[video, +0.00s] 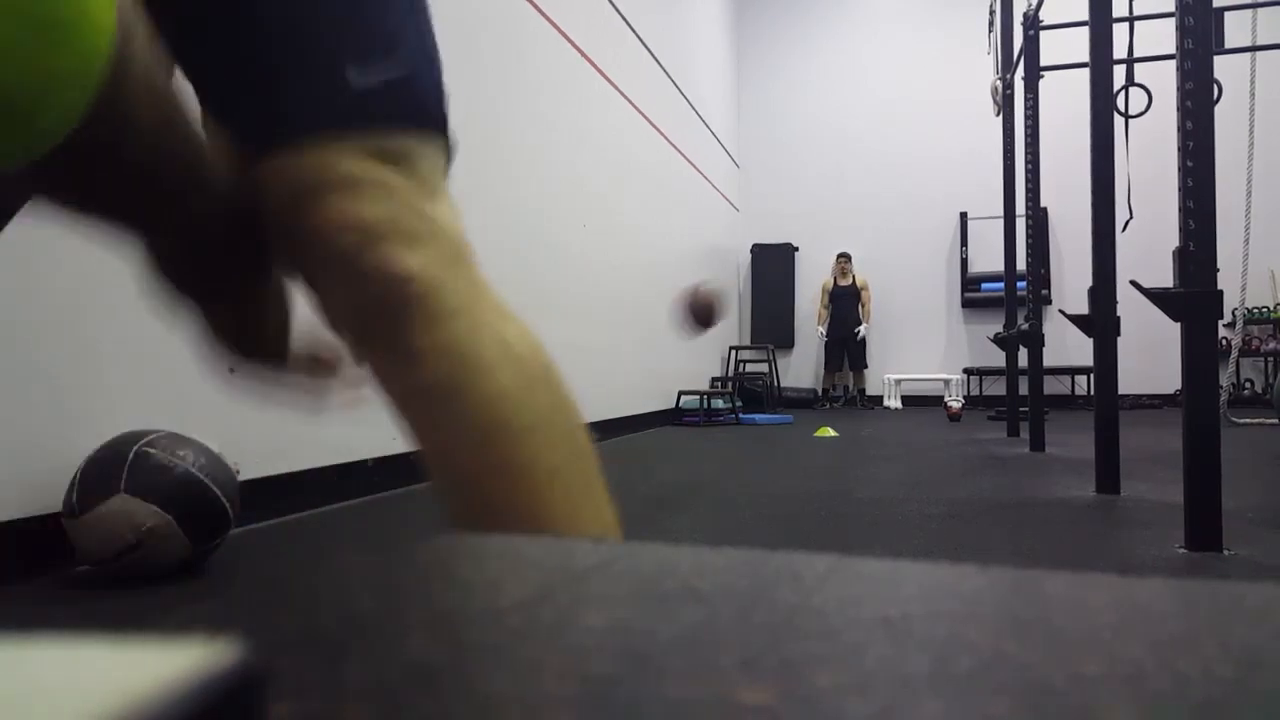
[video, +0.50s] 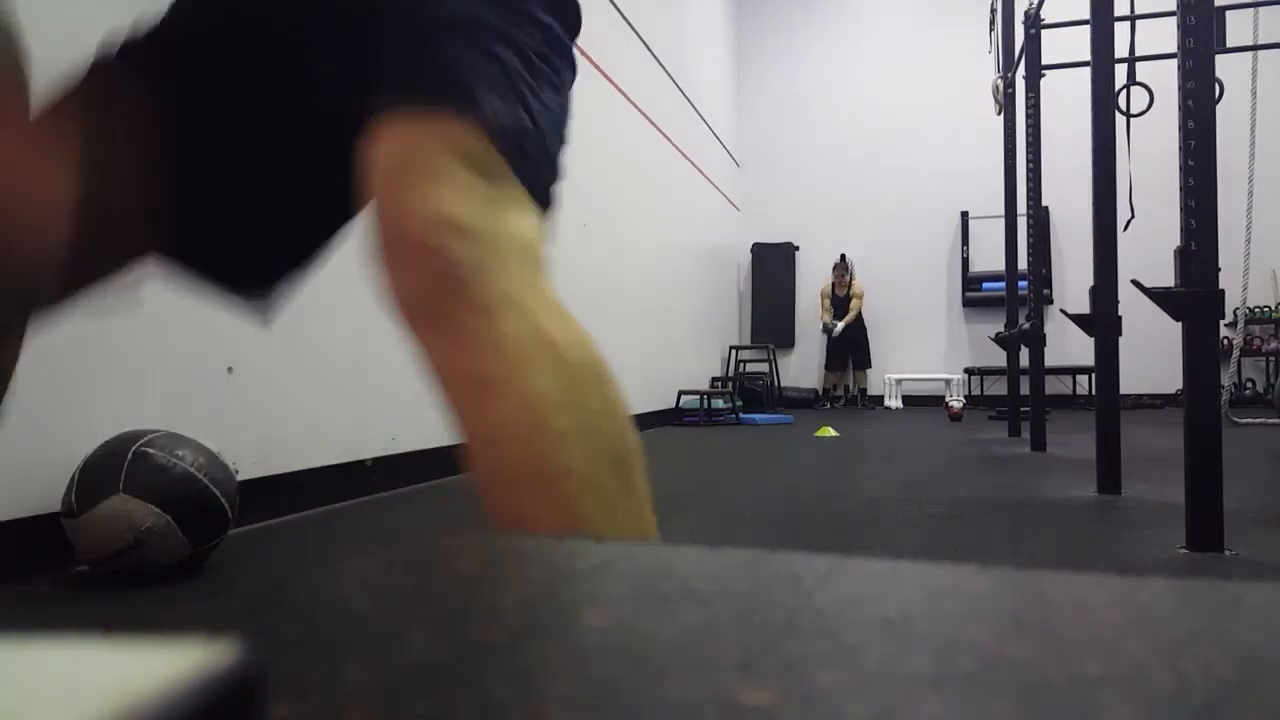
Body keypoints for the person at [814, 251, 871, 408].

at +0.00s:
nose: (843, 266)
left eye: (846, 263)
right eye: (840, 263)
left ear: (851, 264)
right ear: (836, 265)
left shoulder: (860, 282)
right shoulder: (828, 284)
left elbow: (865, 304)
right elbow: (824, 307)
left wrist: (865, 324)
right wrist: (820, 325)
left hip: (854, 330)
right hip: (834, 331)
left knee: (858, 368)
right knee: (830, 368)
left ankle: (861, 398)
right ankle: (825, 398)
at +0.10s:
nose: (843, 266)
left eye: (846, 263)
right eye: (840, 263)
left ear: (851, 265)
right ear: (836, 265)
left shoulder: (860, 283)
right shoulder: (828, 284)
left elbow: (865, 304)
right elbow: (824, 306)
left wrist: (862, 320)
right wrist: (822, 321)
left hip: (854, 330)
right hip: (834, 330)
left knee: (858, 367)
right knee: (830, 367)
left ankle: (861, 398)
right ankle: (825, 398)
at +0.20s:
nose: (843, 266)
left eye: (846, 263)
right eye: (840, 263)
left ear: (851, 265)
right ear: (836, 266)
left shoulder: (860, 283)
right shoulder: (829, 284)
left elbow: (863, 304)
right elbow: (825, 305)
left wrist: (859, 317)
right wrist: (823, 318)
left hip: (855, 328)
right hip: (835, 329)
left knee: (859, 367)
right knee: (831, 367)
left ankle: (862, 398)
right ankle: (825, 398)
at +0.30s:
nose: (842, 268)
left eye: (845, 265)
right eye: (839, 265)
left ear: (850, 267)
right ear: (835, 267)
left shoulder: (859, 284)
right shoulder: (828, 285)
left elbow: (860, 303)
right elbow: (825, 305)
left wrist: (855, 314)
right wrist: (824, 315)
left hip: (855, 327)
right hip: (836, 327)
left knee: (859, 365)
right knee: (831, 365)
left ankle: (862, 399)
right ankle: (825, 398)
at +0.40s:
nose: (841, 273)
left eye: (844, 270)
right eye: (838, 270)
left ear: (850, 271)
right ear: (834, 271)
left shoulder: (858, 286)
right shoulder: (828, 286)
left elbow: (857, 304)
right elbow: (825, 306)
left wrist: (850, 316)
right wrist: (824, 314)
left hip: (855, 329)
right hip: (836, 329)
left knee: (859, 365)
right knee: (831, 365)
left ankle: (862, 399)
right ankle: (825, 398)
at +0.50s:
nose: (840, 280)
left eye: (843, 276)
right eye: (837, 276)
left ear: (849, 275)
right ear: (833, 276)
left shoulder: (856, 290)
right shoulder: (826, 291)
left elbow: (854, 311)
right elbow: (825, 310)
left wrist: (842, 323)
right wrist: (827, 323)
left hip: (855, 331)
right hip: (835, 331)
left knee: (859, 366)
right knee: (831, 366)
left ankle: (862, 399)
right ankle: (825, 398)